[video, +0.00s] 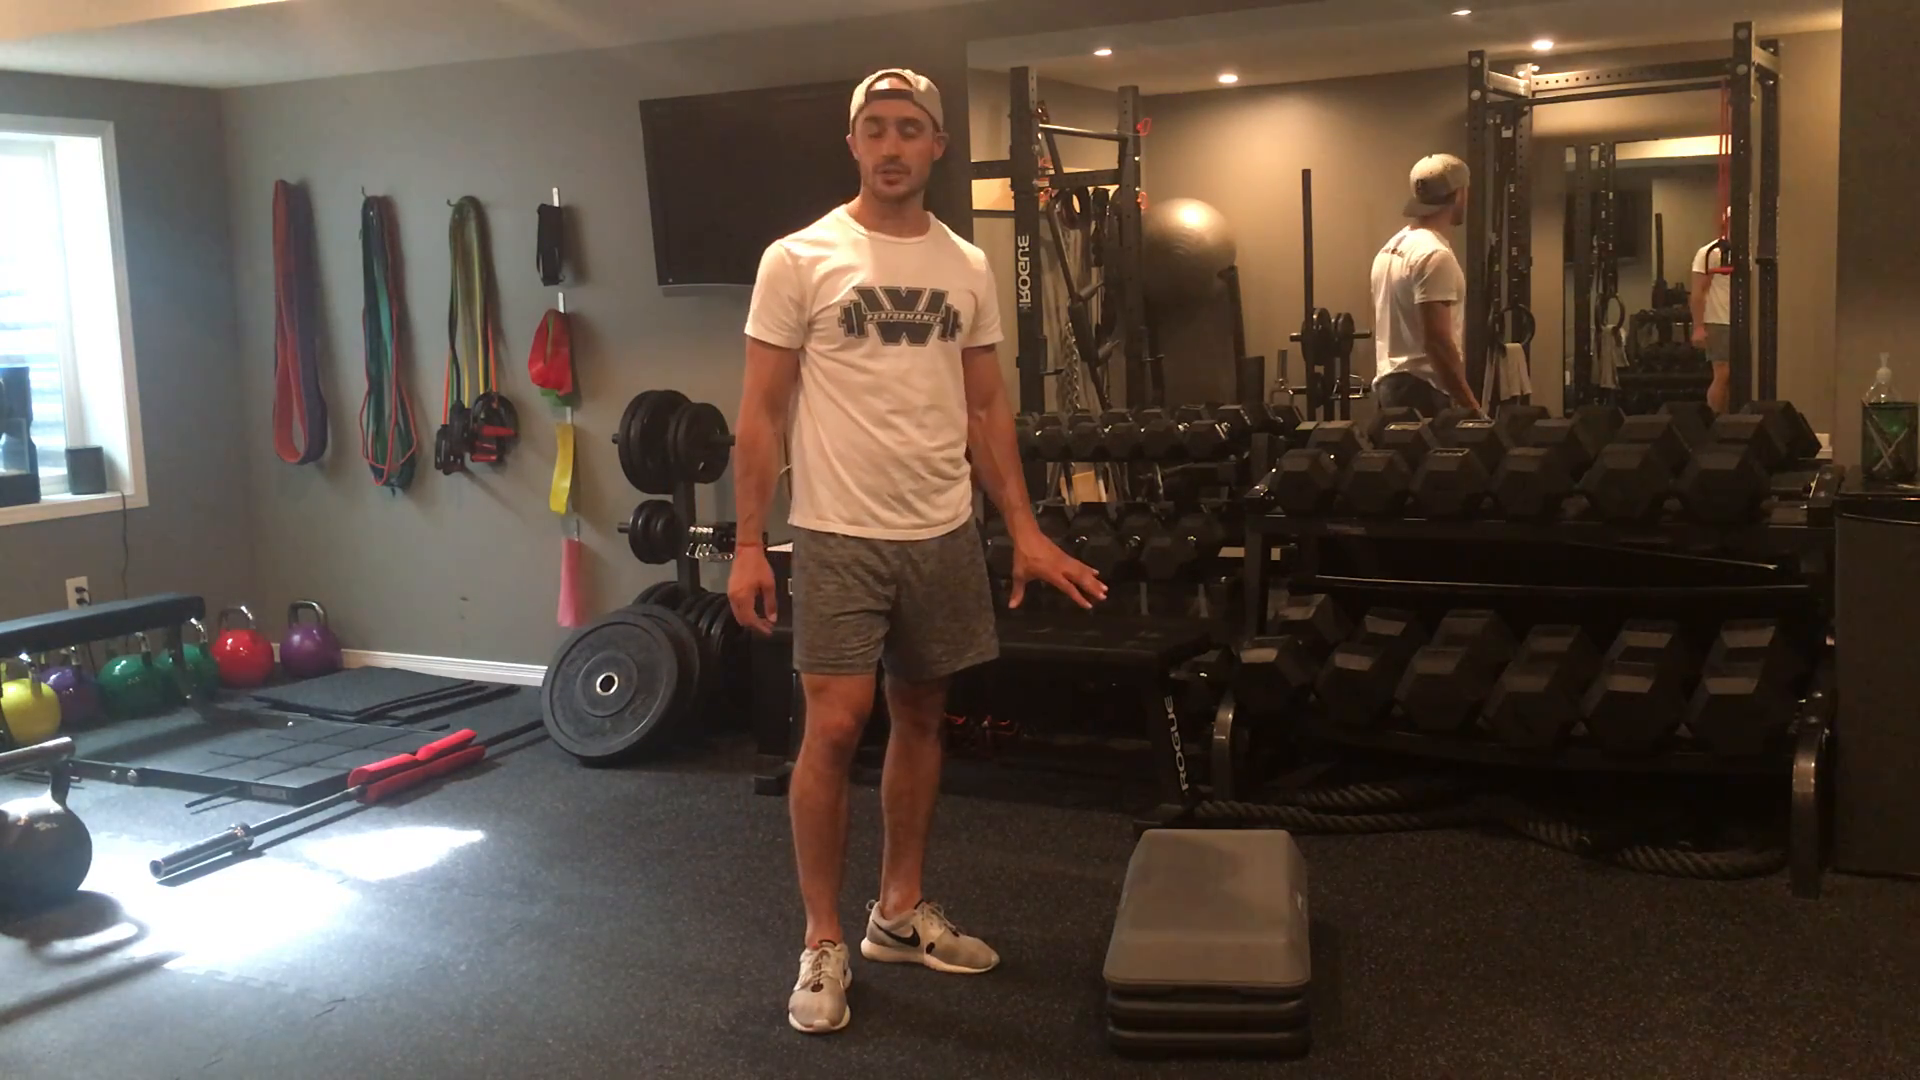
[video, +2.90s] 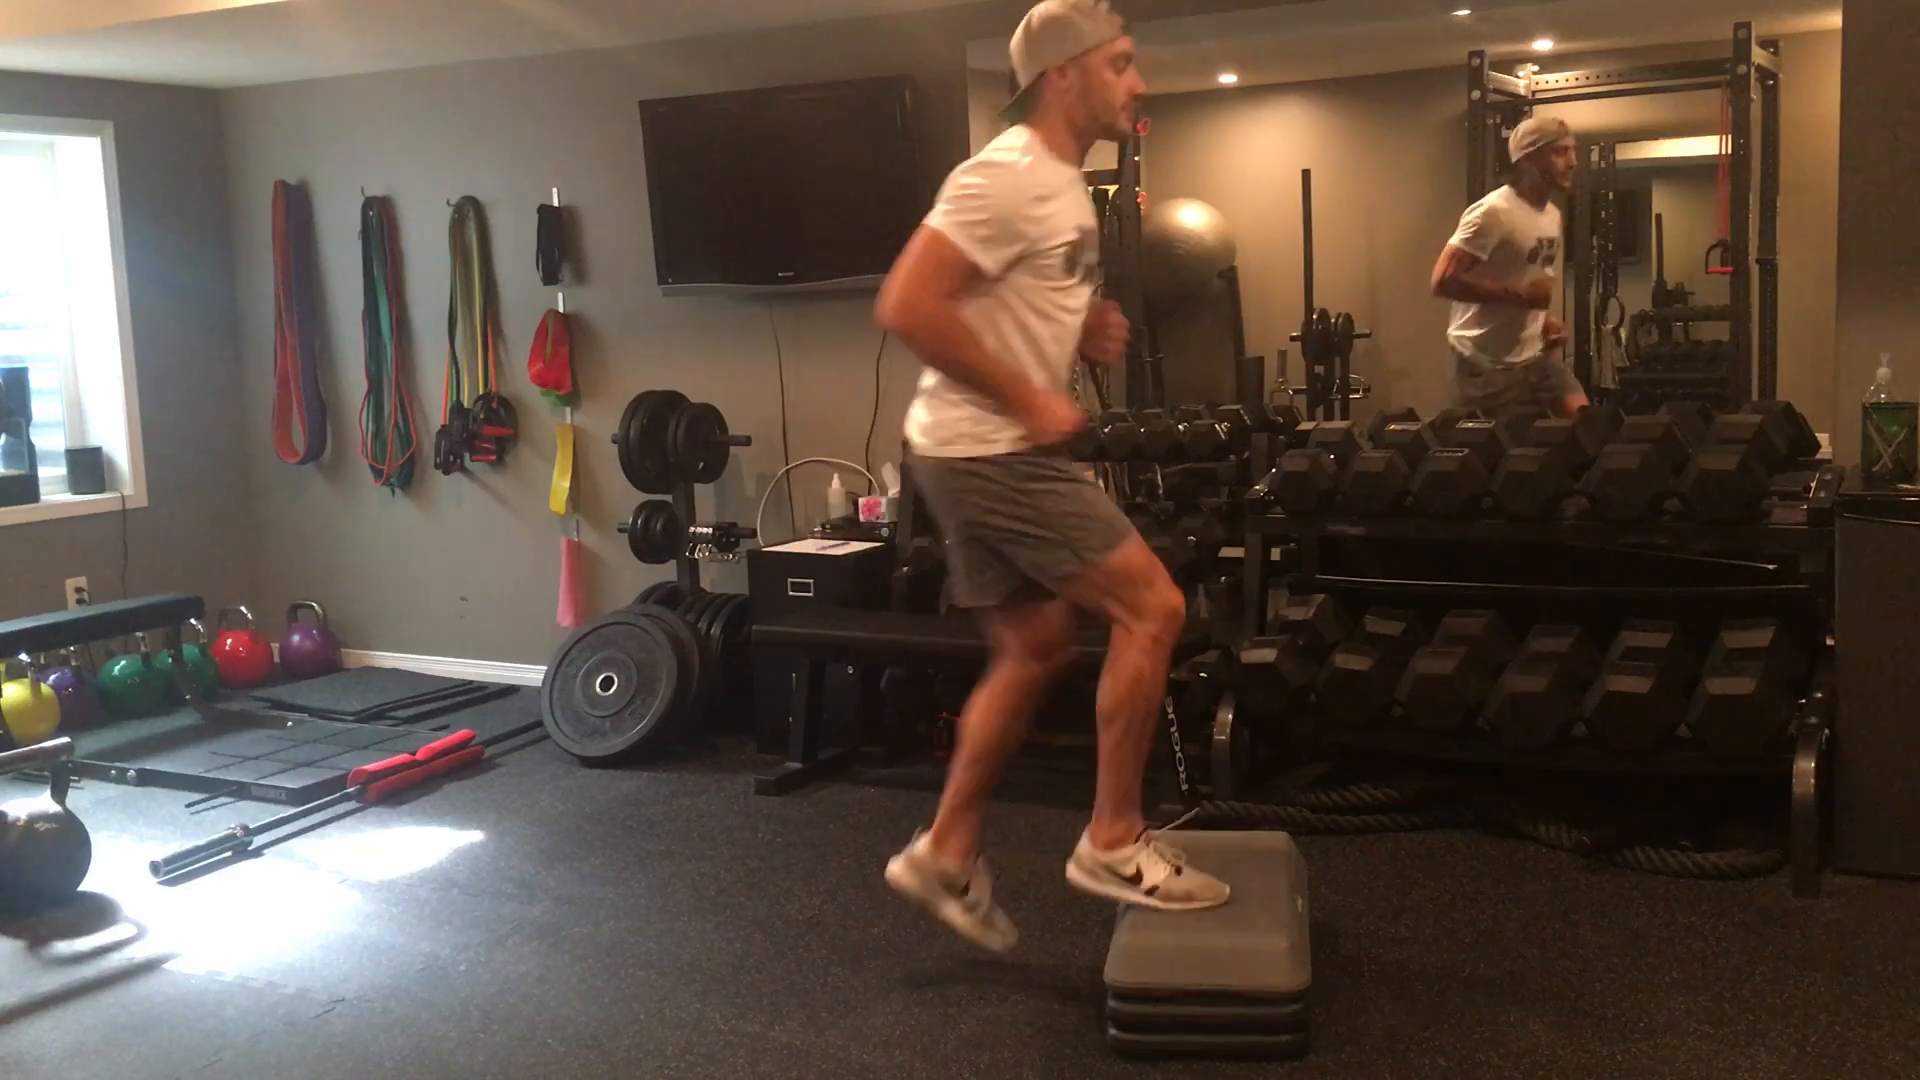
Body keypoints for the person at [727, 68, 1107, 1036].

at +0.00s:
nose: (892, 145)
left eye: (909, 131)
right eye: (876, 130)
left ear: (937, 148)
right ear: (852, 145)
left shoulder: (967, 268)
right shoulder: (799, 261)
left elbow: (987, 408)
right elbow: (763, 411)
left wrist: (1026, 531)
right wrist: (746, 542)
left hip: (941, 535)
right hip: (837, 535)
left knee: (921, 720)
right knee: (835, 726)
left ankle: (900, 910)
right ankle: (823, 940)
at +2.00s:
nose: (904, 179)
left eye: (907, 160)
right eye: (891, 159)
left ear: (854, 157)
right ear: (832, 152)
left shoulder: (865, 252)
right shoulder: (749, 266)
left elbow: (879, 395)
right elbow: (711, 432)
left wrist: (936, 503)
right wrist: (746, 572)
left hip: (872, 533)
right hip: (790, 543)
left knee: (900, 708)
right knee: (784, 742)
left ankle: (900, 909)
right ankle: (782, 943)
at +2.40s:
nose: (983, 176)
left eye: (985, 158)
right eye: (973, 156)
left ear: (920, 156)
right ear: (919, 153)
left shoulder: (900, 257)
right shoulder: (845, 253)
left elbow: (865, 411)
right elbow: (796, 415)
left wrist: (902, 503)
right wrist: (886, 531)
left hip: (880, 537)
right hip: (813, 541)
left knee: (923, 705)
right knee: (796, 738)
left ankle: (897, 917)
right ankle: (777, 943)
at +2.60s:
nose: (1056, 192)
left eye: (1054, 174)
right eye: (1044, 173)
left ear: (995, 179)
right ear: (990, 176)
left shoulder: (970, 270)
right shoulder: (924, 261)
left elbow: (913, 413)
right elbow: (851, 405)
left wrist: (958, 498)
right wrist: (947, 512)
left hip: (918, 541)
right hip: (876, 542)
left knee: (959, 736)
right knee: (963, 737)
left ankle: (902, 926)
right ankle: (815, 905)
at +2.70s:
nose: (1086, 197)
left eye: (1085, 180)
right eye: (1073, 179)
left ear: (1021, 188)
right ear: (1018, 184)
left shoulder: (998, 284)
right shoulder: (951, 271)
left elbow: (944, 423)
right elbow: (848, 389)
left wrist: (1020, 481)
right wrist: (942, 501)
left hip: (927, 539)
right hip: (903, 541)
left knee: (973, 724)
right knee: (1079, 676)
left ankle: (906, 925)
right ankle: (914, 839)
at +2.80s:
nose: (1111, 131)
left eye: (1109, 113)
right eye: (1097, 112)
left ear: (1047, 127)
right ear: (1043, 125)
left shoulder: (1035, 228)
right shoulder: (973, 215)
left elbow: (967, 331)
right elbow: (859, 325)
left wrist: (1055, 361)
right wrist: (963, 425)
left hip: (951, 490)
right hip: (943, 494)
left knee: (962, 689)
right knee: (1133, 604)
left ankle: (915, 904)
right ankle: (1050, 817)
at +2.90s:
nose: (1137, 83)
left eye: (1134, 64)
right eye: (1120, 65)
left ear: (1072, 83)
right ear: (1062, 81)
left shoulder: (1057, 183)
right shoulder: (1003, 175)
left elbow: (1001, 296)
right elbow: (908, 303)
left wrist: (1081, 324)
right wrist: (1024, 396)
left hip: (976, 449)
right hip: (989, 450)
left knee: (1034, 642)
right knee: (1152, 606)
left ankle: (945, 853)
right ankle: (1114, 839)